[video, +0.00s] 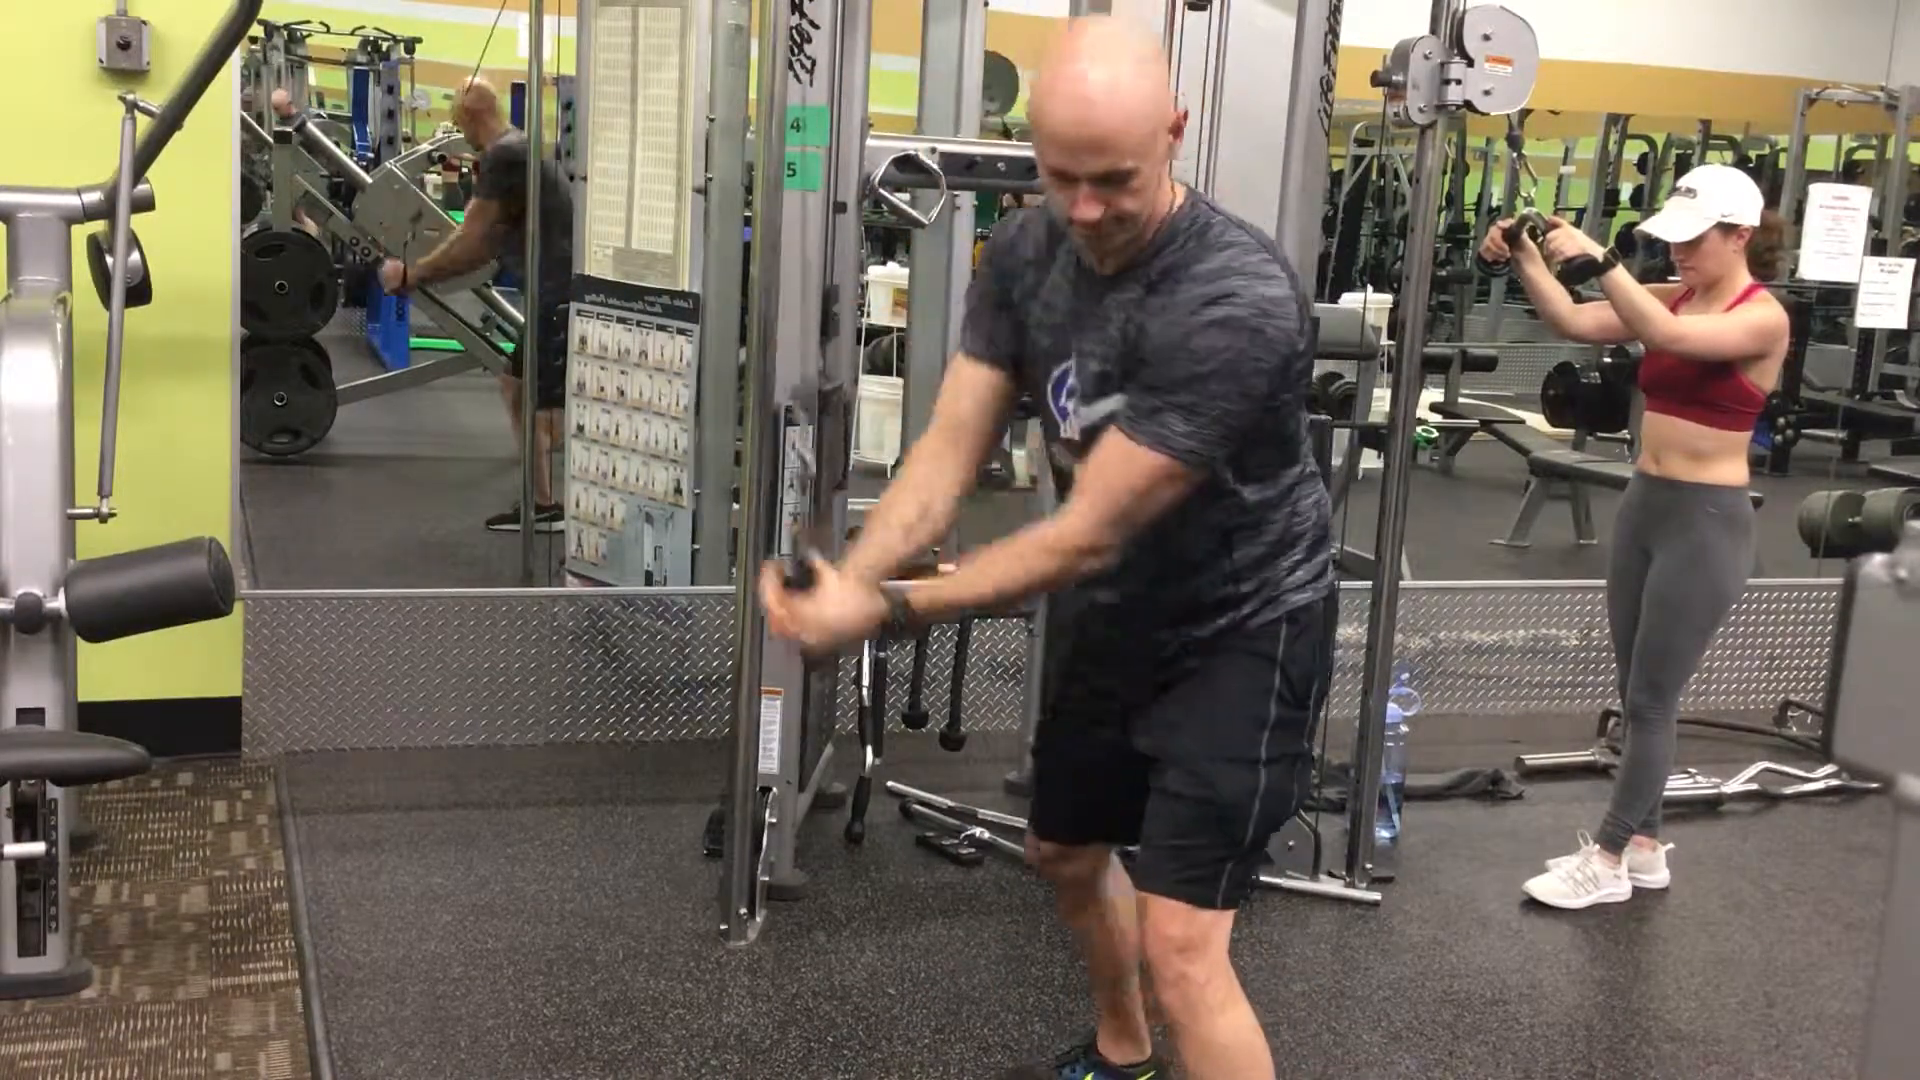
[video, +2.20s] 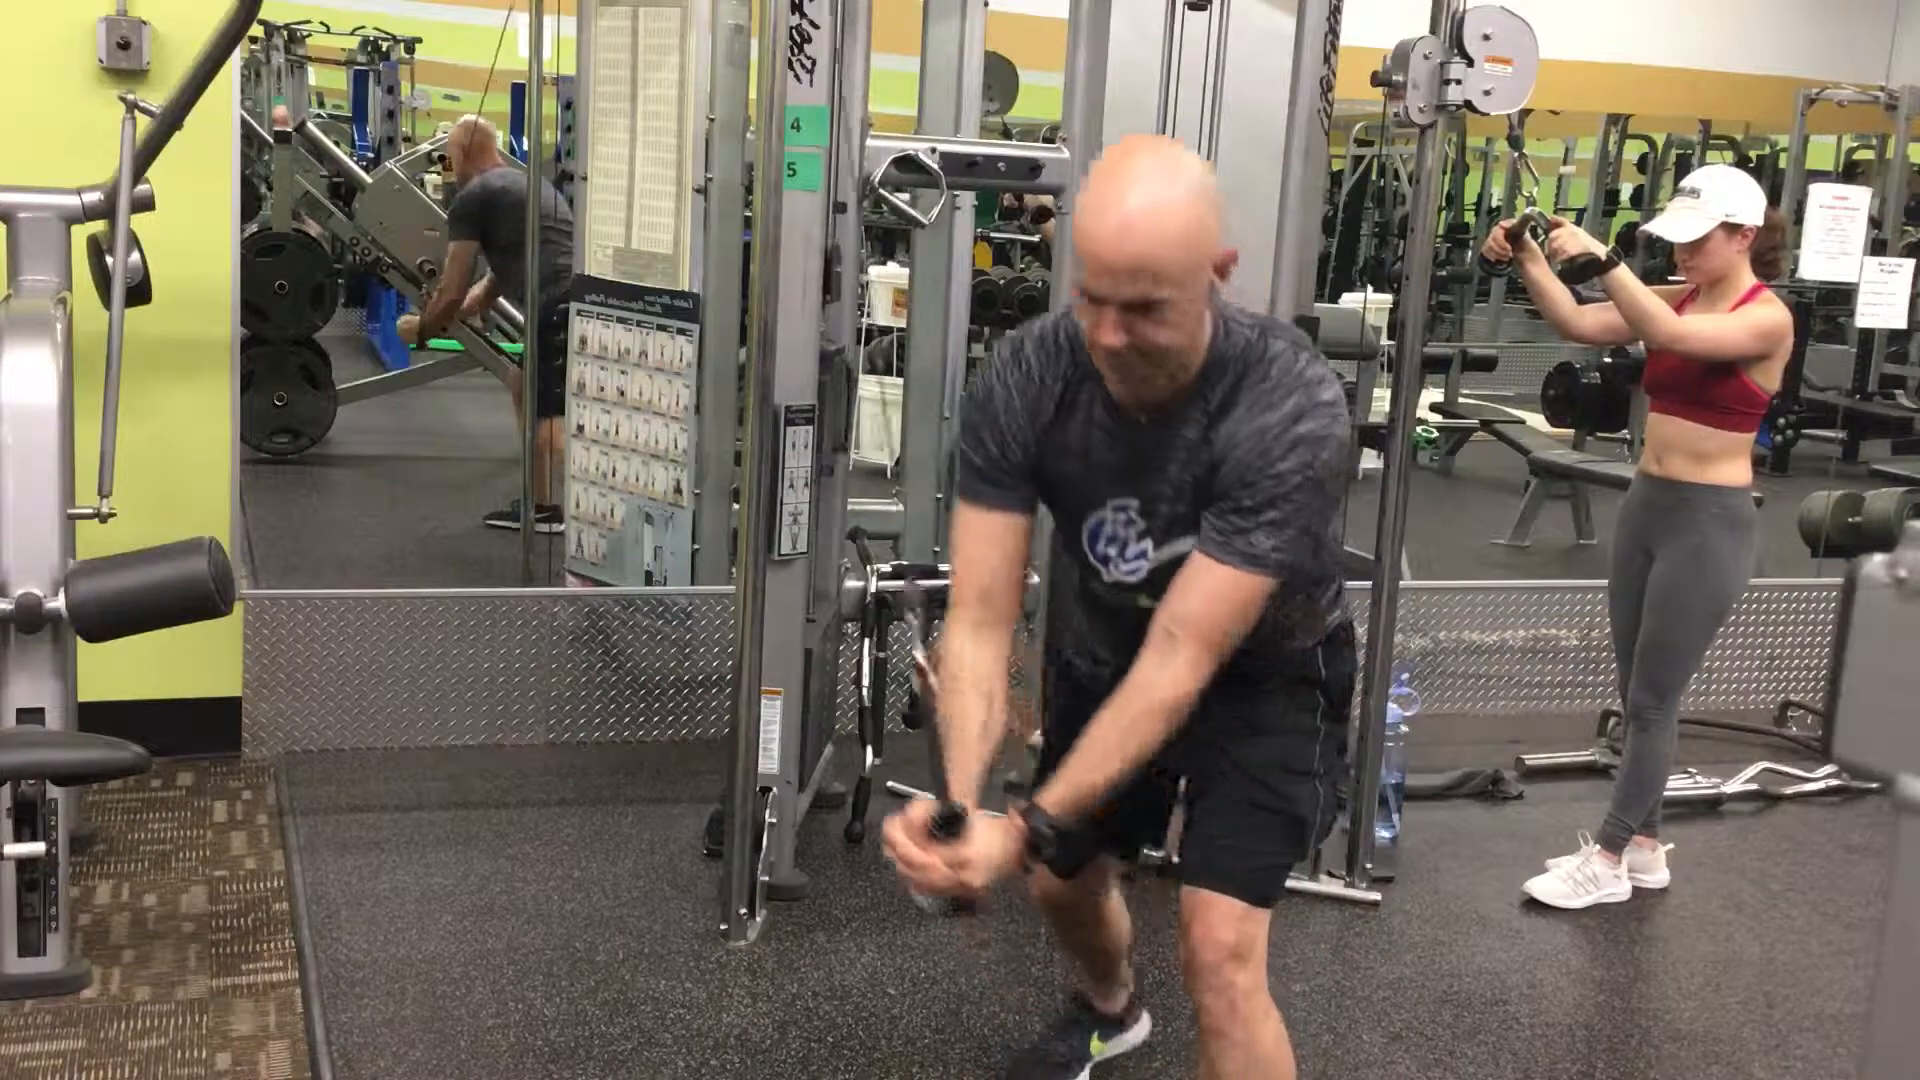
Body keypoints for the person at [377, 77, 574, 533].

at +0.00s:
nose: (456, 123)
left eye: (457, 115)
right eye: (456, 115)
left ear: (471, 113)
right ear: (493, 109)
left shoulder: (502, 155)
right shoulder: (521, 150)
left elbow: (473, 241)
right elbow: (485, 246)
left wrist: (413, 272)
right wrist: (423, 272)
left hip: (559, 292)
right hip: (566, 287)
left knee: (522, 386)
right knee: (518, 382)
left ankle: (544, 500)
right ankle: (545, 497)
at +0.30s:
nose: (450, 156)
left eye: (452, 147)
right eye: (450, 148)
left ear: (463, 144)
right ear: (493, 139)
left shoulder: (474, 184)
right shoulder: (530, 170)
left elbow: (456, 283)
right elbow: (509, 265)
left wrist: (434, 318)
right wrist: (457, 310)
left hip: (556, 295)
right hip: (591, 283)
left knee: (541, 409)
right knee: (523, 380)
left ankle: (544, 503)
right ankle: (545, 497)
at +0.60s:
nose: (466, 192)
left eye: (466, 184)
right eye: (465, 184)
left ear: (475, 183)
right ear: (506, 173)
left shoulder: (472, 226)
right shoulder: (552, 206)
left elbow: (476, 305)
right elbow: (577, 260)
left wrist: (485, 357)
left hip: (535, 320)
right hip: (581, 312)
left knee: (542, 427)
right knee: (554, 421)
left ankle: (561, 507)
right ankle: (541, 502)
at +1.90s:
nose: (452, 190)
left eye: (453, 182)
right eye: (451, 182)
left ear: (464, 179)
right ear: (494, 173)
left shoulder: (465, 222)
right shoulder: (530, 201)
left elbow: (460, 307)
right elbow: (517, 290)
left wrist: (450, 355)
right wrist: (476, 342)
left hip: (550, 310)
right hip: (588, 297)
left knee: (545, 421)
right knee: (532, 400)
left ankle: (547, 506)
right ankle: (542, 501)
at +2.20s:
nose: (449, 166)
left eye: (450, 156)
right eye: (448, 157)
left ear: (463, 153)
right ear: (495, 150)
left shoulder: (474, 196)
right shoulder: (529, 183)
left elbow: (452, 295)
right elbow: (505, 270)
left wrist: (421, 328)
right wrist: (464, 309)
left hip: (557, 309)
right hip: (588, 301)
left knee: (544, 411)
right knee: (523, 385)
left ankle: (546, 506)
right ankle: (544, 501)